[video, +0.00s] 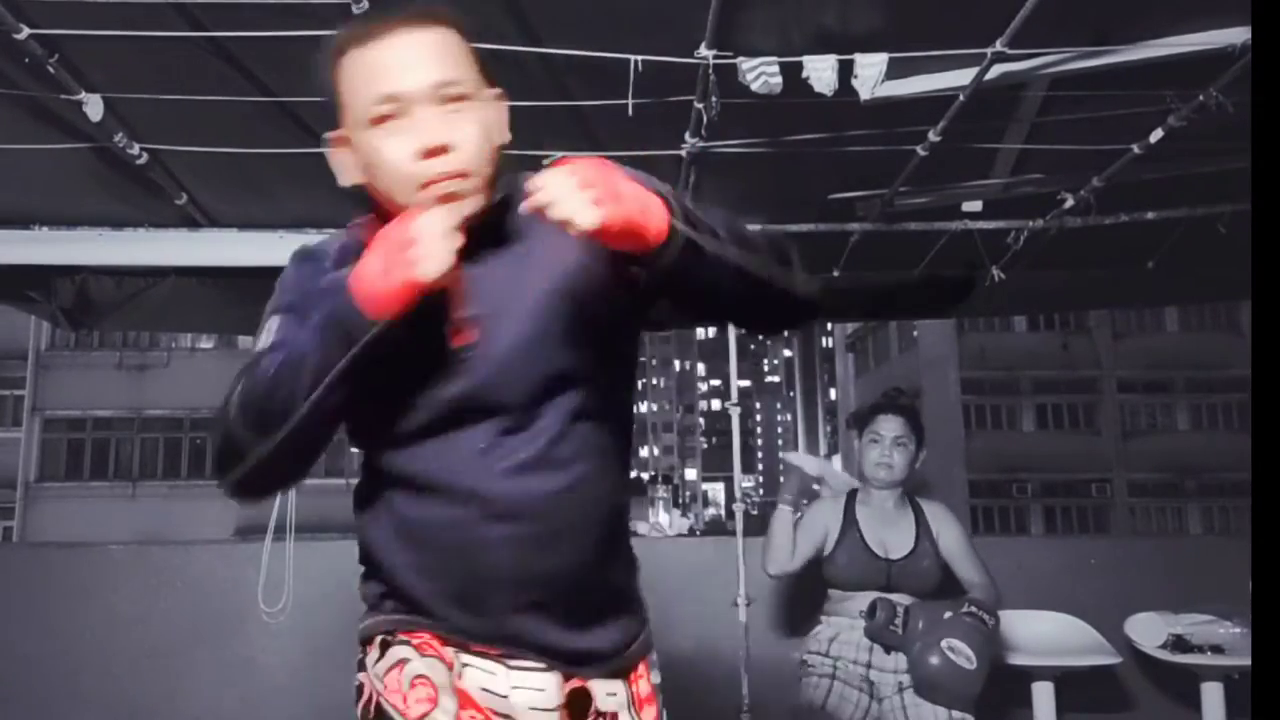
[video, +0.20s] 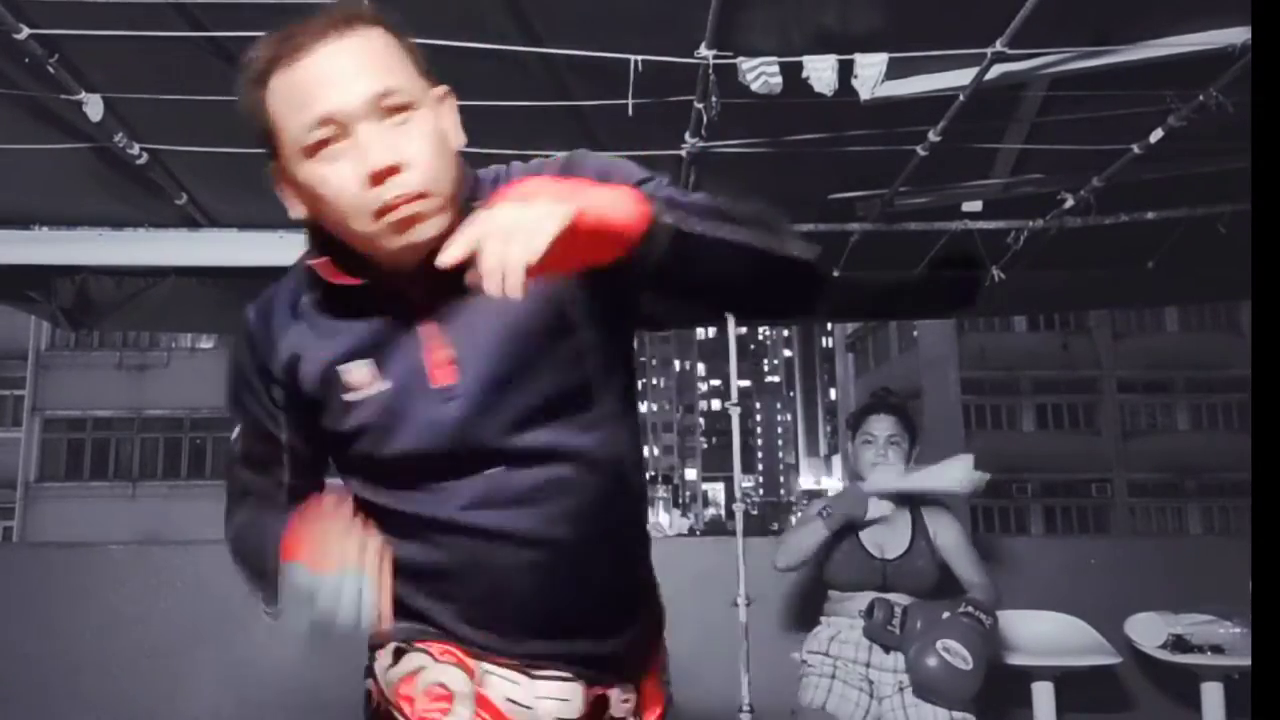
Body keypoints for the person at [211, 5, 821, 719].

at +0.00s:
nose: (433, 137)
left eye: (452, 100)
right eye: (390, 116)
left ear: (499, 115)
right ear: (347, 159)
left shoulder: (586, 227)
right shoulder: (333, 272)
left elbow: (791, 300)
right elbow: (243, 466)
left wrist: (663, 232)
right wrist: (362, 304)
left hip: (598, 648)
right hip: (435, 647)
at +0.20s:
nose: (380, 160)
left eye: (395, 110)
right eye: (327, 142)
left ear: (450, 117)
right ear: (292, 192)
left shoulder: (566, 207)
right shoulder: (287, 330)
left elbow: (799, 277)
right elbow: (258, 505)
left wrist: (629, 224)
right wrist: (308, 549)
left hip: (616, 663)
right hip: (445, 661)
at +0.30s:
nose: (500, 120)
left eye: (509, 77)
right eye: (445, 100)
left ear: (541, 87)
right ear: (381, 151)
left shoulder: (588, 230)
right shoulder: (351, 308)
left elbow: (781, 243)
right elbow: (277, 549)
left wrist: (699, 183)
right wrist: (421, 648)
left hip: (602, 663)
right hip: (456, 688)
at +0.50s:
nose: (590, 116)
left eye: (606, 86)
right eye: (548, 91)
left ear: (627, 105)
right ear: (479, 128)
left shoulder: (619, 243)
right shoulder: (434, 236)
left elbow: (744, 332)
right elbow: (362, 421)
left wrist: (730, 253)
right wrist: (511, 228)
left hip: (582, 649)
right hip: (436, 654)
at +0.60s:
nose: (582, 115)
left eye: (597, 88)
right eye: (549, 92)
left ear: (623, 96)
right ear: (478, 127)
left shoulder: (625, 242)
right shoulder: (437, 214)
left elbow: (738, 351)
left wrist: (721, 260)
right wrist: (508, 184)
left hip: (584, 651)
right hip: (437, 645)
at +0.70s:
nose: (521, 100)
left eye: (548, 69)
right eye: (481, 78)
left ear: (583, 95)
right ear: (425, 119)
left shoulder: (634, 228)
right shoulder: (390, 210)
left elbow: (782, 365)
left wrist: (716, 273)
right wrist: (432, 191)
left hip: (597, 661)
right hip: (436, 654)